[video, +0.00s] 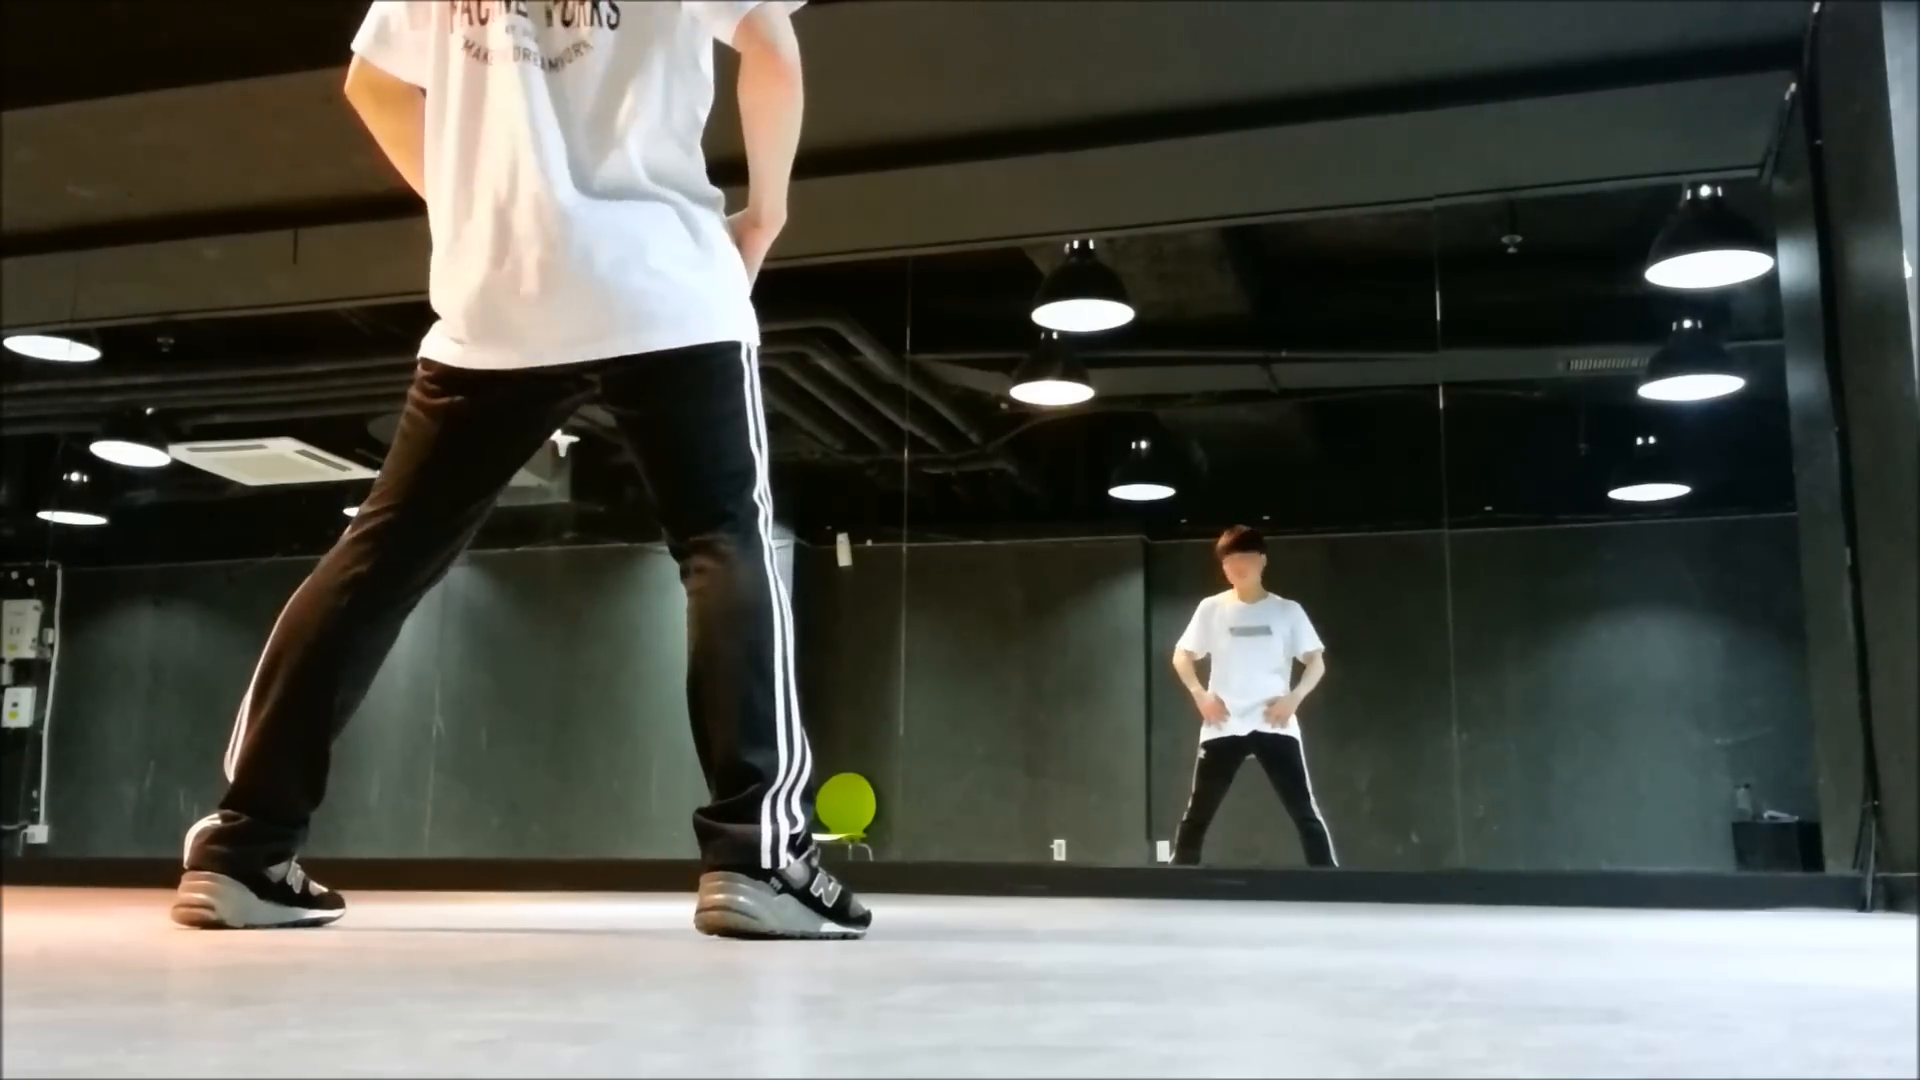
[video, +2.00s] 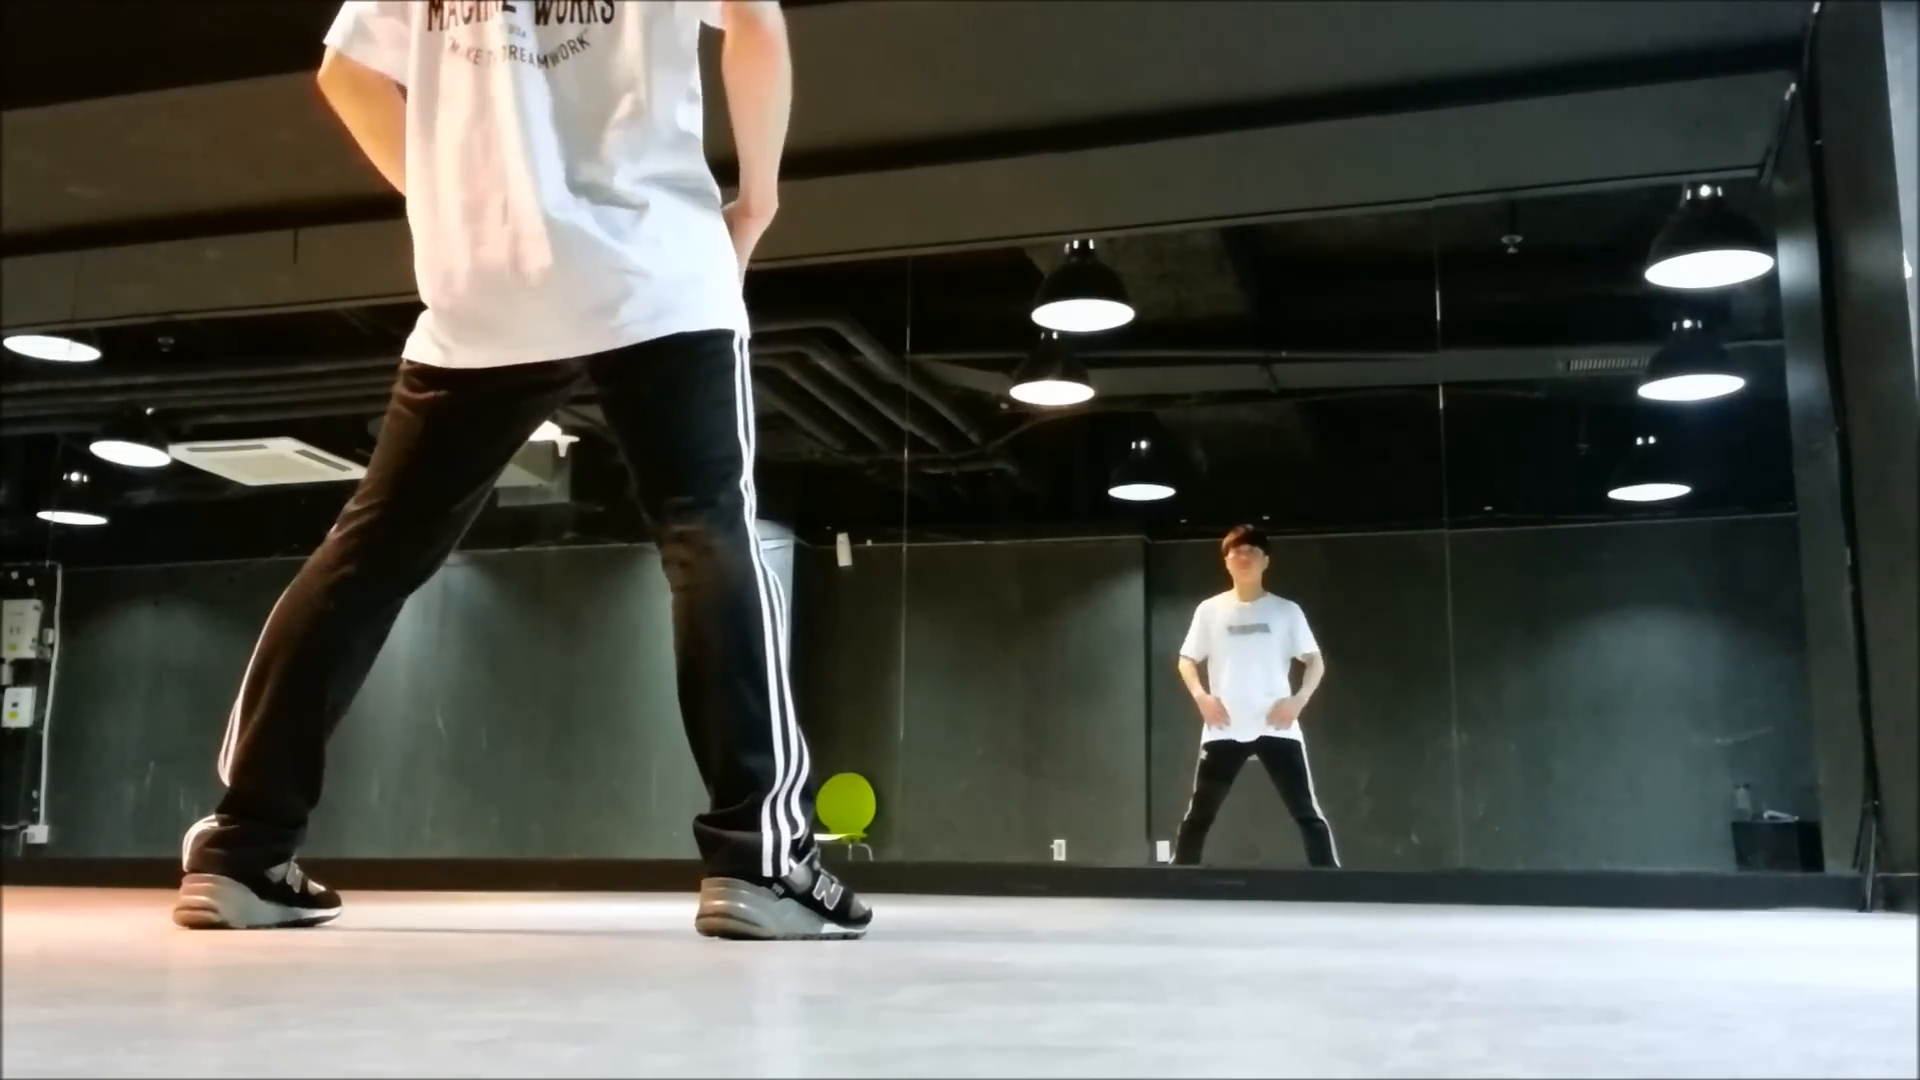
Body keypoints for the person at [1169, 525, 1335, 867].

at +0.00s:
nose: (1238, 568)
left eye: (1246, 559)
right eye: (1231, 560)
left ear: (1263, 561)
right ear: (1223, 566)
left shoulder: (1288, 611)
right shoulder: (1211, 609)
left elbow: (1317, 665)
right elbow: (1181, 657)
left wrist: (1292, 700)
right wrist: (1201, 696)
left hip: (1275, 727)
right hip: (1223, 728)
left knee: (1305, 814)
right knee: (1197, 815)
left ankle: (1331, 890)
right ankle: (1178, 891)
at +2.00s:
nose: (1243, 556)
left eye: (1251, 550)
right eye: (1236, 551)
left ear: (1265, 560)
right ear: (1226, 561)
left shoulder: (1287, 611)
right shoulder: (1209, 610)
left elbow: (1315, 663)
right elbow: (1186, 660)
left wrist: (1297, 701)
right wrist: (1202, 697)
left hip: (1278, 731)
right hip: (1224, 731)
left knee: (1307, 813)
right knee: (1198, 816)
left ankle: (1332, 888)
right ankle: (1178, 890)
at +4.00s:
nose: (1225, 588)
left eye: (1230, 579)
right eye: (1217, 583)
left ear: (1247, 574)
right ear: (1211, 587)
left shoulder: (1285, 612)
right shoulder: (1207, 624)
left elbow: (1320, 658)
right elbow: (1181, 672)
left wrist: (1296, 691)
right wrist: (1196, 699)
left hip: (1274, 727)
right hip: (1222, 729)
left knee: (1308, 803)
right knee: (1186, 800)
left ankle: (1316, 883)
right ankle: (1191, 883)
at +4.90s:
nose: (1261, 590)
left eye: (1270, 582)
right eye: (1255, 580)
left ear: (1280, 586)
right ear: (1243, 577)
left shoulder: (1292, 624)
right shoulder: (1213, 618)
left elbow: (1324, 671)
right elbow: (1177, 660)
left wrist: (1296, 696)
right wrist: (1191, 699)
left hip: (1270, 729)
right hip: (1220, 728)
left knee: (1299, 812)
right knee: (1186, 802)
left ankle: (1319, 889)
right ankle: (1188, 885)